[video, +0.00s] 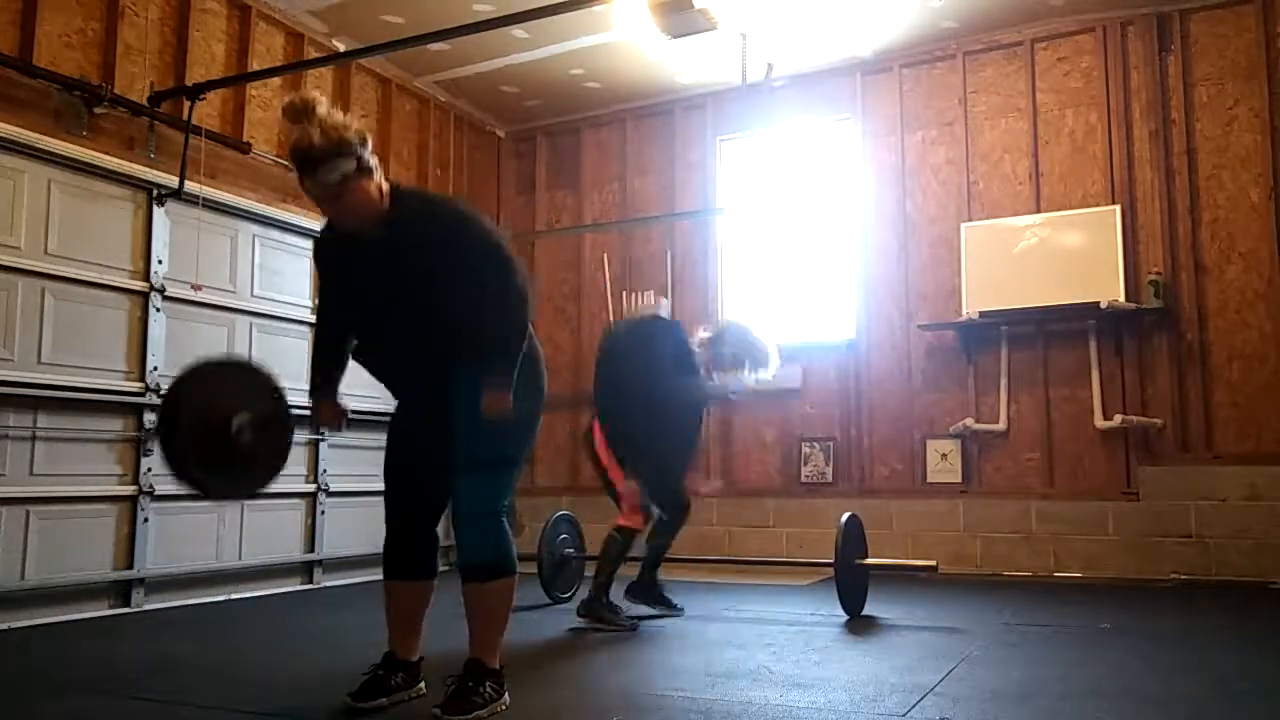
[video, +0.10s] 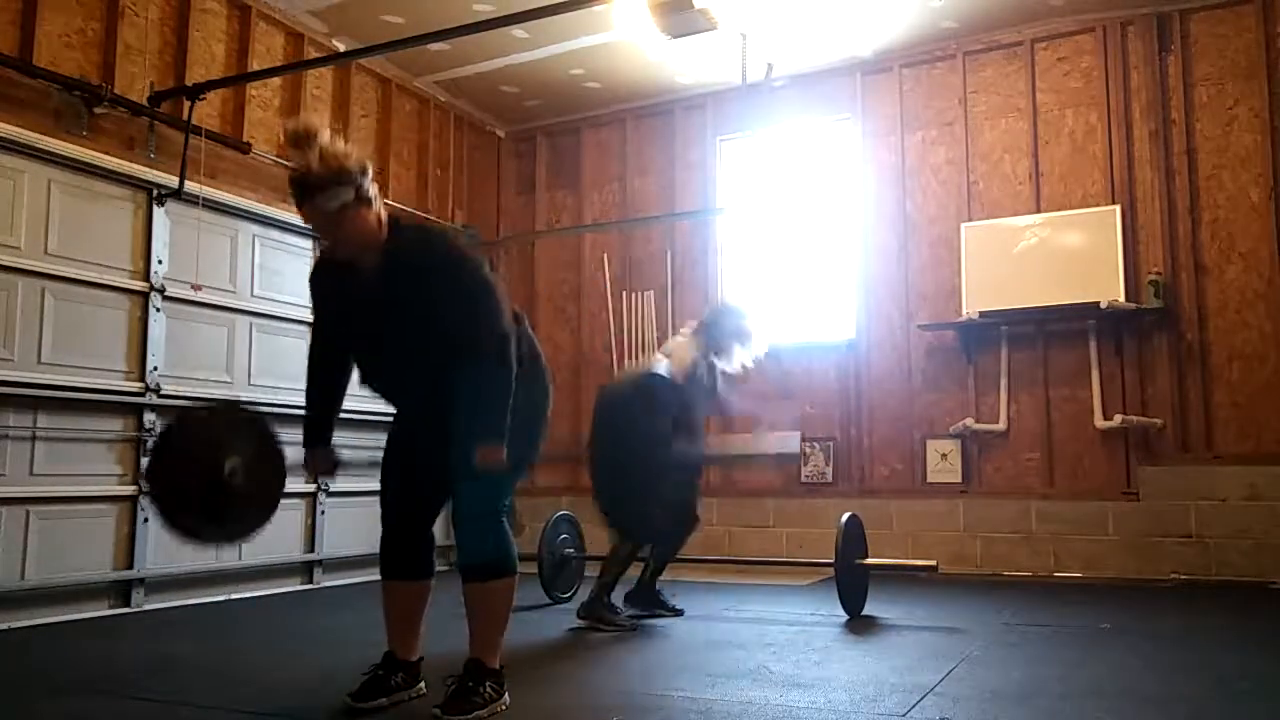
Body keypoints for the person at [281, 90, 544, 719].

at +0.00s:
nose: (340, 201)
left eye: (347, 183)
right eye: (325, 194)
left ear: (373, 170)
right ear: (314, 196)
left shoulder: (443, 223)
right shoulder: (335, 248)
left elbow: (508, 285)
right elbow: (334, 321)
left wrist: (500, 373)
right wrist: (324, 387)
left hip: (493, 376)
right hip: (422, 387)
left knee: (479, 512)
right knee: (406, 514)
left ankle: (485, 668)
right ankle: (403, 662)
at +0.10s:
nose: (325, 239)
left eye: (332, 224)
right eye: (316, 228)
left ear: (369, 205)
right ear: (313, 224)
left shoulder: (437, 253)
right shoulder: (332, 277)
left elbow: (491, 342)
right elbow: (328, 359)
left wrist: (491, 430)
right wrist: (318, 438)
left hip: (494, 393)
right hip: (422, 401)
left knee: (479, 517)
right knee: (402, 517)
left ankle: (485, 669)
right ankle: (403, 662)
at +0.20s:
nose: (326, 281)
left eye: (335, 263)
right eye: (317, 267)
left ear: (369, 246)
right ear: (311, 263)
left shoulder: (442, 293)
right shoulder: (330, 314)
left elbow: (482, 393)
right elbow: (321, 400)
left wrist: (482, 482)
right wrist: (310, 484)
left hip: (500, 409)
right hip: (422, 419)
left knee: (475, 515)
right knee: (394, 514)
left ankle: (485, 670)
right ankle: (401, 664)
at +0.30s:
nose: (329, 318)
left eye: (338, 301)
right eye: (319, 305)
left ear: (372, 283)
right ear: (310, 300)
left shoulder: (444, 331)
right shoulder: (330, 350)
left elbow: (472, 441)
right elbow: (318, 440)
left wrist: (479, 532)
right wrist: (305, 528)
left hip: (505, 433)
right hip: (423, 443)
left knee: (463, 534)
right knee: (382, 515)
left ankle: (483, 672)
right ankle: (400, 665)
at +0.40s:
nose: (332, 351)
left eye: (341, 334)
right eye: (320, 340)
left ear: (371, 318)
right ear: (310, 338)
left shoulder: (446, 365)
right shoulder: (329, 386)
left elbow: (470, 483)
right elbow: (316, 476)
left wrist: (476, 581)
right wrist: (300, 564)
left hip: (514, 450)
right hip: (427, 459)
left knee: (448, 532)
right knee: (369, 519)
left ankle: (482, 674)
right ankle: (399, 666)